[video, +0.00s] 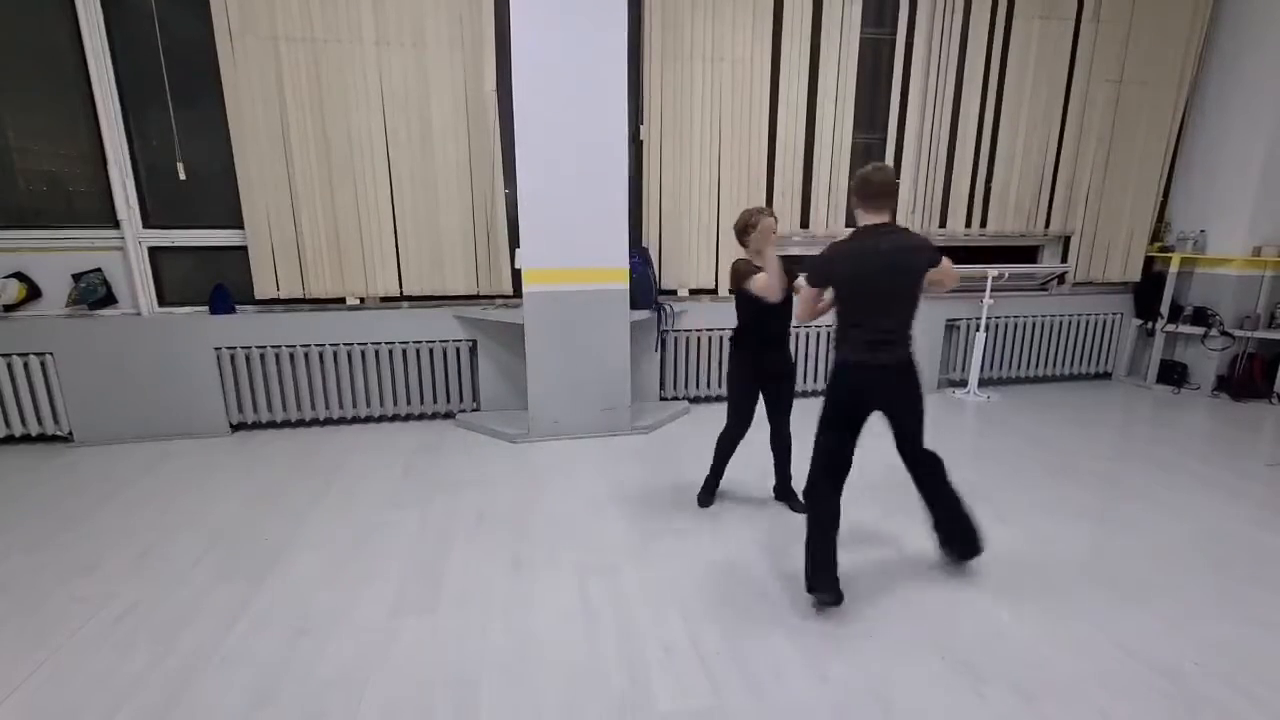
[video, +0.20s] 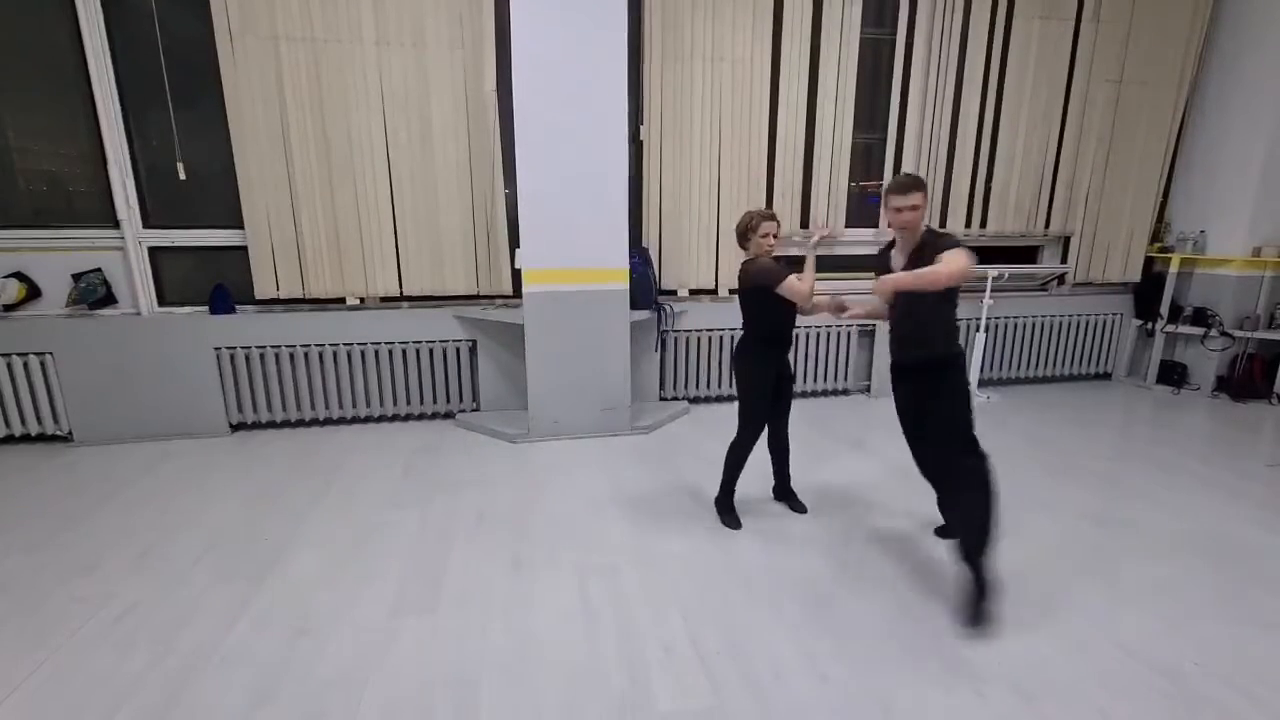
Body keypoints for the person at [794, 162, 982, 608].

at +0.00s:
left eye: (853, 199)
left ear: (855, 201)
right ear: (895, 202)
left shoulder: (839, 252)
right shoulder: (915, 245)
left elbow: (804, 312)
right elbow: (948, 279)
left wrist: (837, 295)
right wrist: (907, 278)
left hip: (851, 376)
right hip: (900, 375)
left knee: (826, 477)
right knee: (915, 454)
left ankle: (823, 585)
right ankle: (961, 540)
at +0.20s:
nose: (904, 216)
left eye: (912, 208)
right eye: (896, 209)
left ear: (925, 209)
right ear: (884, 212)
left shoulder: (945, 246)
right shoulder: (886, 258)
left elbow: (951, 274)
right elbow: (886, 308)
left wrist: (892, 281)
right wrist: (844, 309)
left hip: (944, 367)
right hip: (905, 370)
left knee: (960, 457)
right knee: (927, 453)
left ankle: (976, 563)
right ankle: (956, 517)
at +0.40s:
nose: (948, 219)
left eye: (953, 211)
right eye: (938, 212)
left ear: (959, 213)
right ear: (920, 218)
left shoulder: (979, 250)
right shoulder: (904, 268)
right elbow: (891, 307)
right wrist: (880, 318)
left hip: (967, 369)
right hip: (922, 371)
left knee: (992, 428)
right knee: (941, 448)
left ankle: (1015, 476)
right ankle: (964, 512)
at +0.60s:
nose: (969, 214)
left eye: (973, 207)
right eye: (960, 208)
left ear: (977, 211)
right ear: (940, 214)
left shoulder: (981, 245)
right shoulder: (925, 265)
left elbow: (1006, 245)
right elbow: (888, 316)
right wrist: (884, 305)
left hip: (971, 357)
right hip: (936, 359)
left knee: (931, 402)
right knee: (957, 430)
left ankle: (895, 433)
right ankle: (970, 509)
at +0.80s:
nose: (960, 209)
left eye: (964, 203)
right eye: (950, 203)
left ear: (967, 207)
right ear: (931, 209)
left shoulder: (958, 244)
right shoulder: (927, 253)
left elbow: (956, 274)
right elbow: (923, 285)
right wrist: (914, 287)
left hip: (942, 343)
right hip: (915, 345)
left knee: (918, 407)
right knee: (936, 428)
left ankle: (886, 453)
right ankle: (965, 509)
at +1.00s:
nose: (923, 214)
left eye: (928, 208)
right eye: (915, 209)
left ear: (932, 211)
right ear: (899, 214)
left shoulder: (939, 245)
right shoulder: (885, 260)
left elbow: (976, 264)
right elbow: (882, 316)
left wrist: (1014, 283)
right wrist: (892, 311)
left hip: (906, 335)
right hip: (873, 336)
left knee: (906, 403)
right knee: (901, 403)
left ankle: (886, 457)